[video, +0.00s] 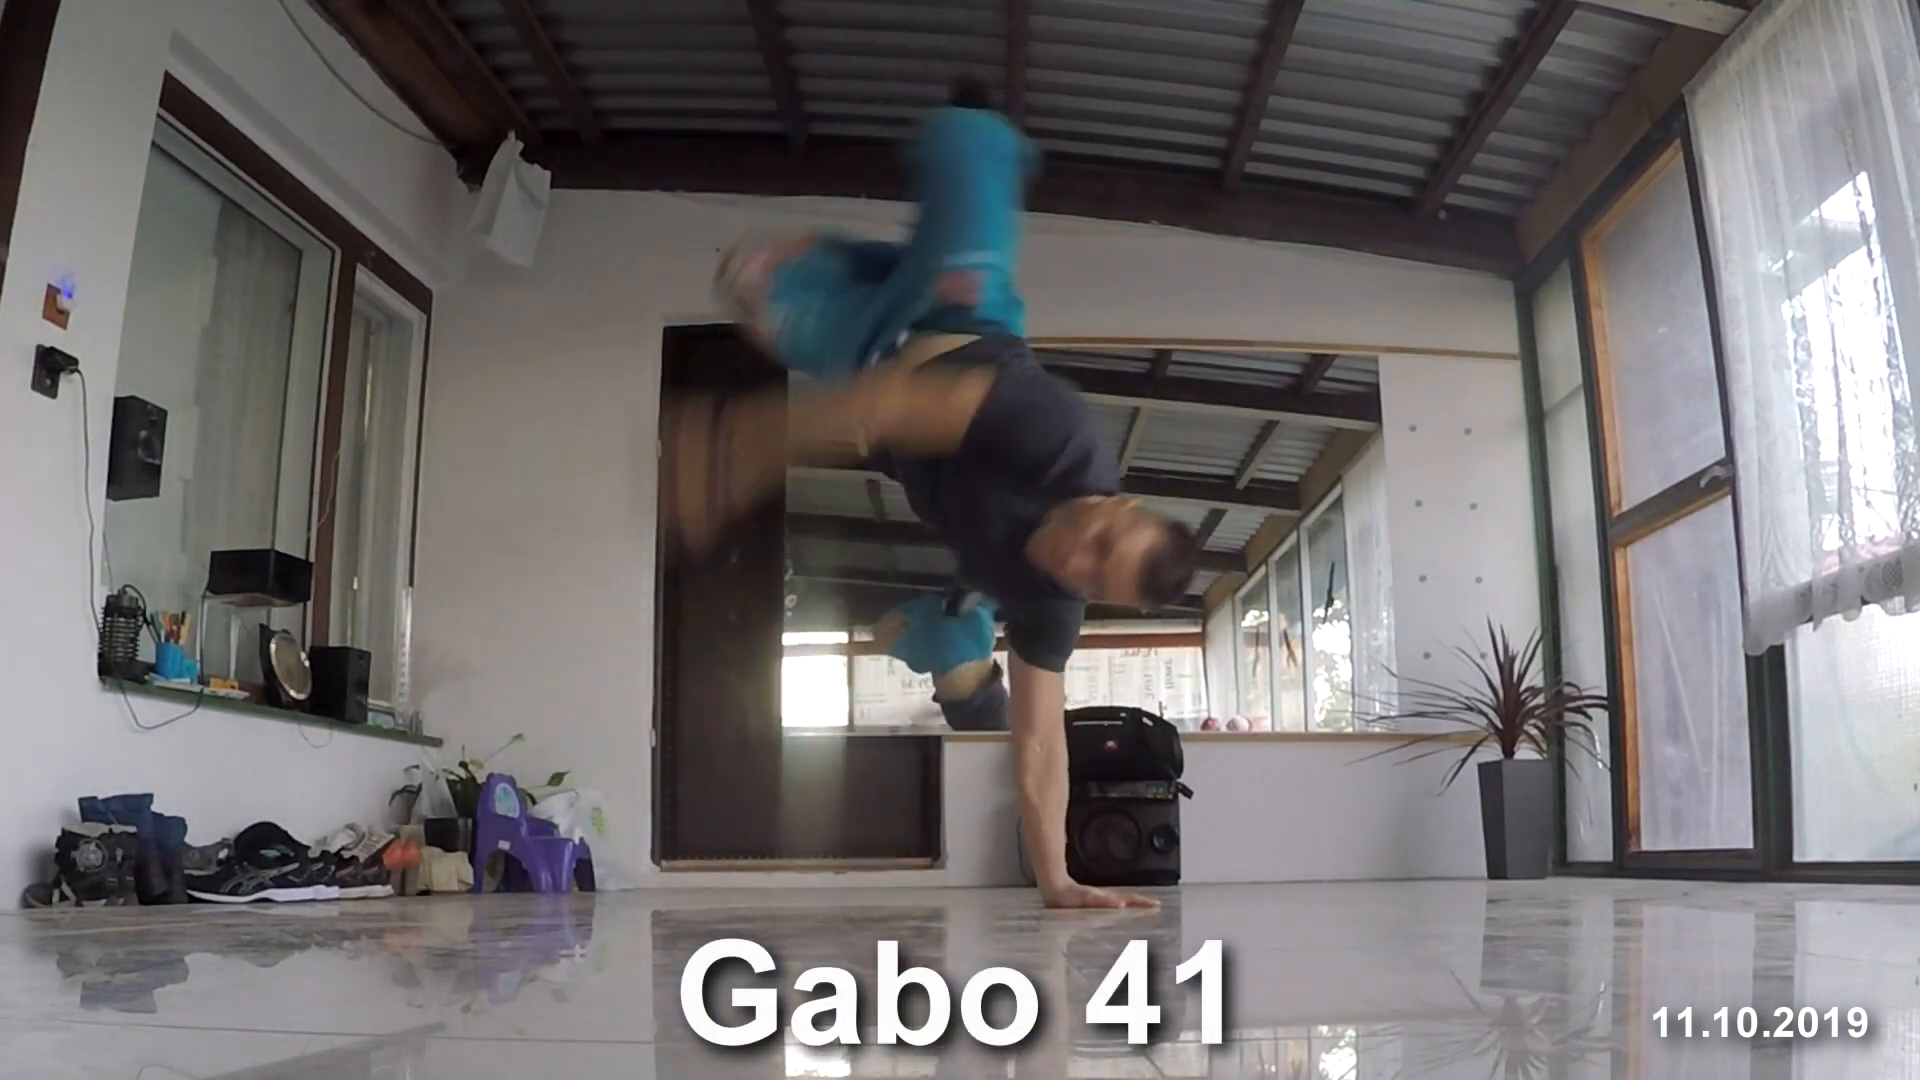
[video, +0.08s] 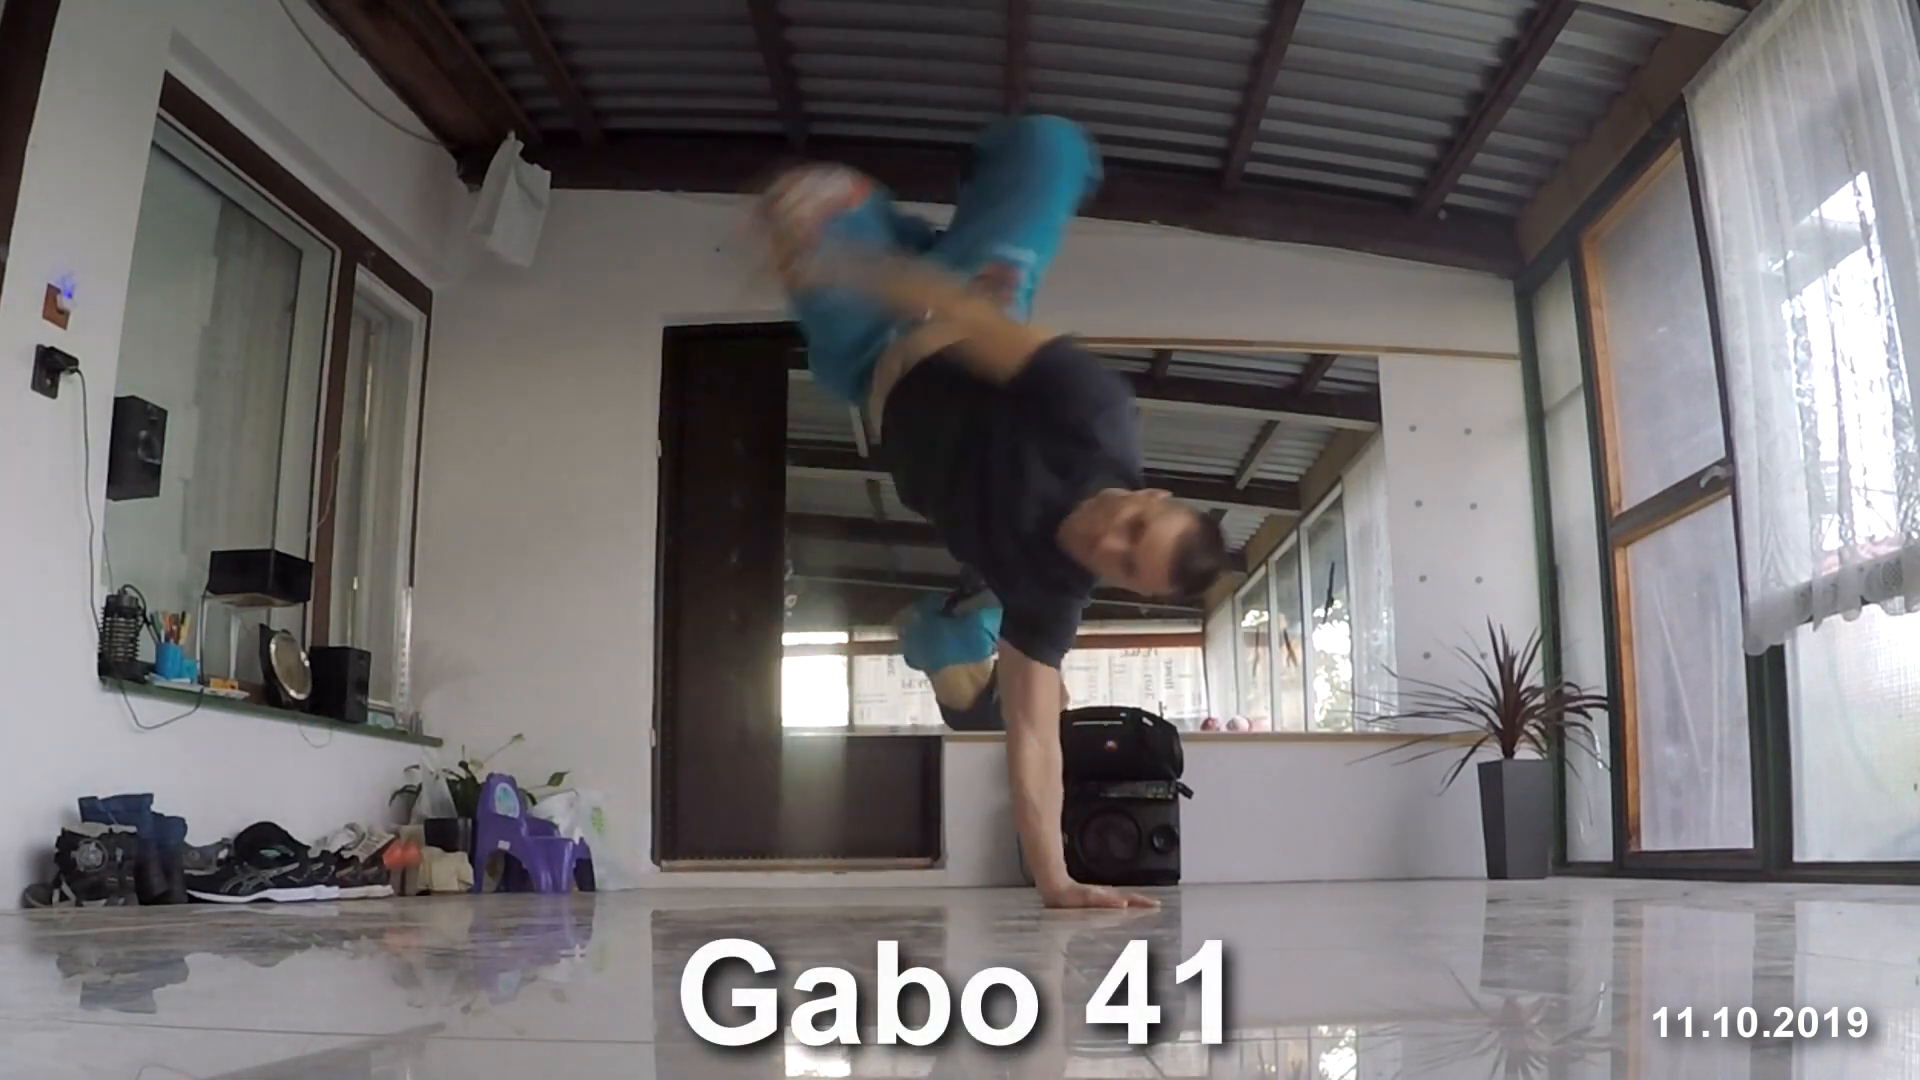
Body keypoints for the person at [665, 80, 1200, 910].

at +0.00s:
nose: (1077, 560)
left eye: (1094, 578)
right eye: (1100, 543)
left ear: (1103, 601)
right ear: (1118, 502)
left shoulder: (1046, 606)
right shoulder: (1051, 431)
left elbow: (1040, 739)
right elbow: (882, 403)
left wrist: (1054, 880)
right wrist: (727, 457)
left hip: (880, 387)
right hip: (955, 316)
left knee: (768, 299)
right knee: (971, 137)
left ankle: (829, 261)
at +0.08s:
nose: (1108, 544)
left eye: (1126, 567)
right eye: (1134, 529)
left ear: (1127, 590)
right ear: (1152, 495)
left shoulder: (1047, 597)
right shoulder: (1096, 413)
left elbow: (1035, 730)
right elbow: (959, 310)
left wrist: (1052, 879)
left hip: (879, 384)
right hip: (957, 331)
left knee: (824, 223)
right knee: (1053, 148)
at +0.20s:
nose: (1148, 531)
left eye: (1160, 560)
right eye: (1174, 521)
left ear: (1154, 589)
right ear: (1188, 495)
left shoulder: (1045, 592)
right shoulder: (1140, 423)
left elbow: (1030, 727)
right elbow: (1064, 273)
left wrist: (1054, 882)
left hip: (871, 325)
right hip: (974, 300)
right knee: (1108, 160)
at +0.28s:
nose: (1173, 537)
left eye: (1179, 565)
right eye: (1194, 532)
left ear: (1158, 592)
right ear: (1188, 511)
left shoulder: (1046, 586)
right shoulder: (1146, 430)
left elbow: (1032, 735)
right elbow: (1111, 279)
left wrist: (1054, 885)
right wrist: (1070, 130)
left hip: (888, 275)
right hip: (975, 280)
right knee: (1115, 174)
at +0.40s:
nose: (1181, 549)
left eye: (1183, 576)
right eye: (1201, 545)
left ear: (1156, 595)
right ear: (1189, 519)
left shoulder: (1050, 581)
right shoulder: (1143, 430)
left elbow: (1037, 742)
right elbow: (1136, 277)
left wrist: (1054, 886)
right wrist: (1141, 141)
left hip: (890, 267)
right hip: (959, 240)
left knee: (1046, 66)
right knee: (1083, 187)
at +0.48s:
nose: (1180, 544)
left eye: (1185, 573)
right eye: (1197, 539)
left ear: (1155, 599)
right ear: (1184, 515)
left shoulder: (1053, 574)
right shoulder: (1136, 427)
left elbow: (1044, 736)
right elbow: (1159, 280)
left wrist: (1052, 880)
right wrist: (1194, 159)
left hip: (912, 253)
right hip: (975, 233)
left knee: (1059, 76)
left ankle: (850, 197)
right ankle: (848, 197)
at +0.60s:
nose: (1177, 549)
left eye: (1180, 575)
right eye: (1190, 546)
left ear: (1152, 600)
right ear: (1179, 515)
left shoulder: (1063, 576)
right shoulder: (1127, 430)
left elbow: (1048, 743)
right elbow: (1155, 308)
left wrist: (1055, 886)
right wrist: (1209, 215)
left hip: (944, 267)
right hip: (984, 233)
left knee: (1051, 46)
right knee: (1021, 48)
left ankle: (830, 169)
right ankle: (810, 160)